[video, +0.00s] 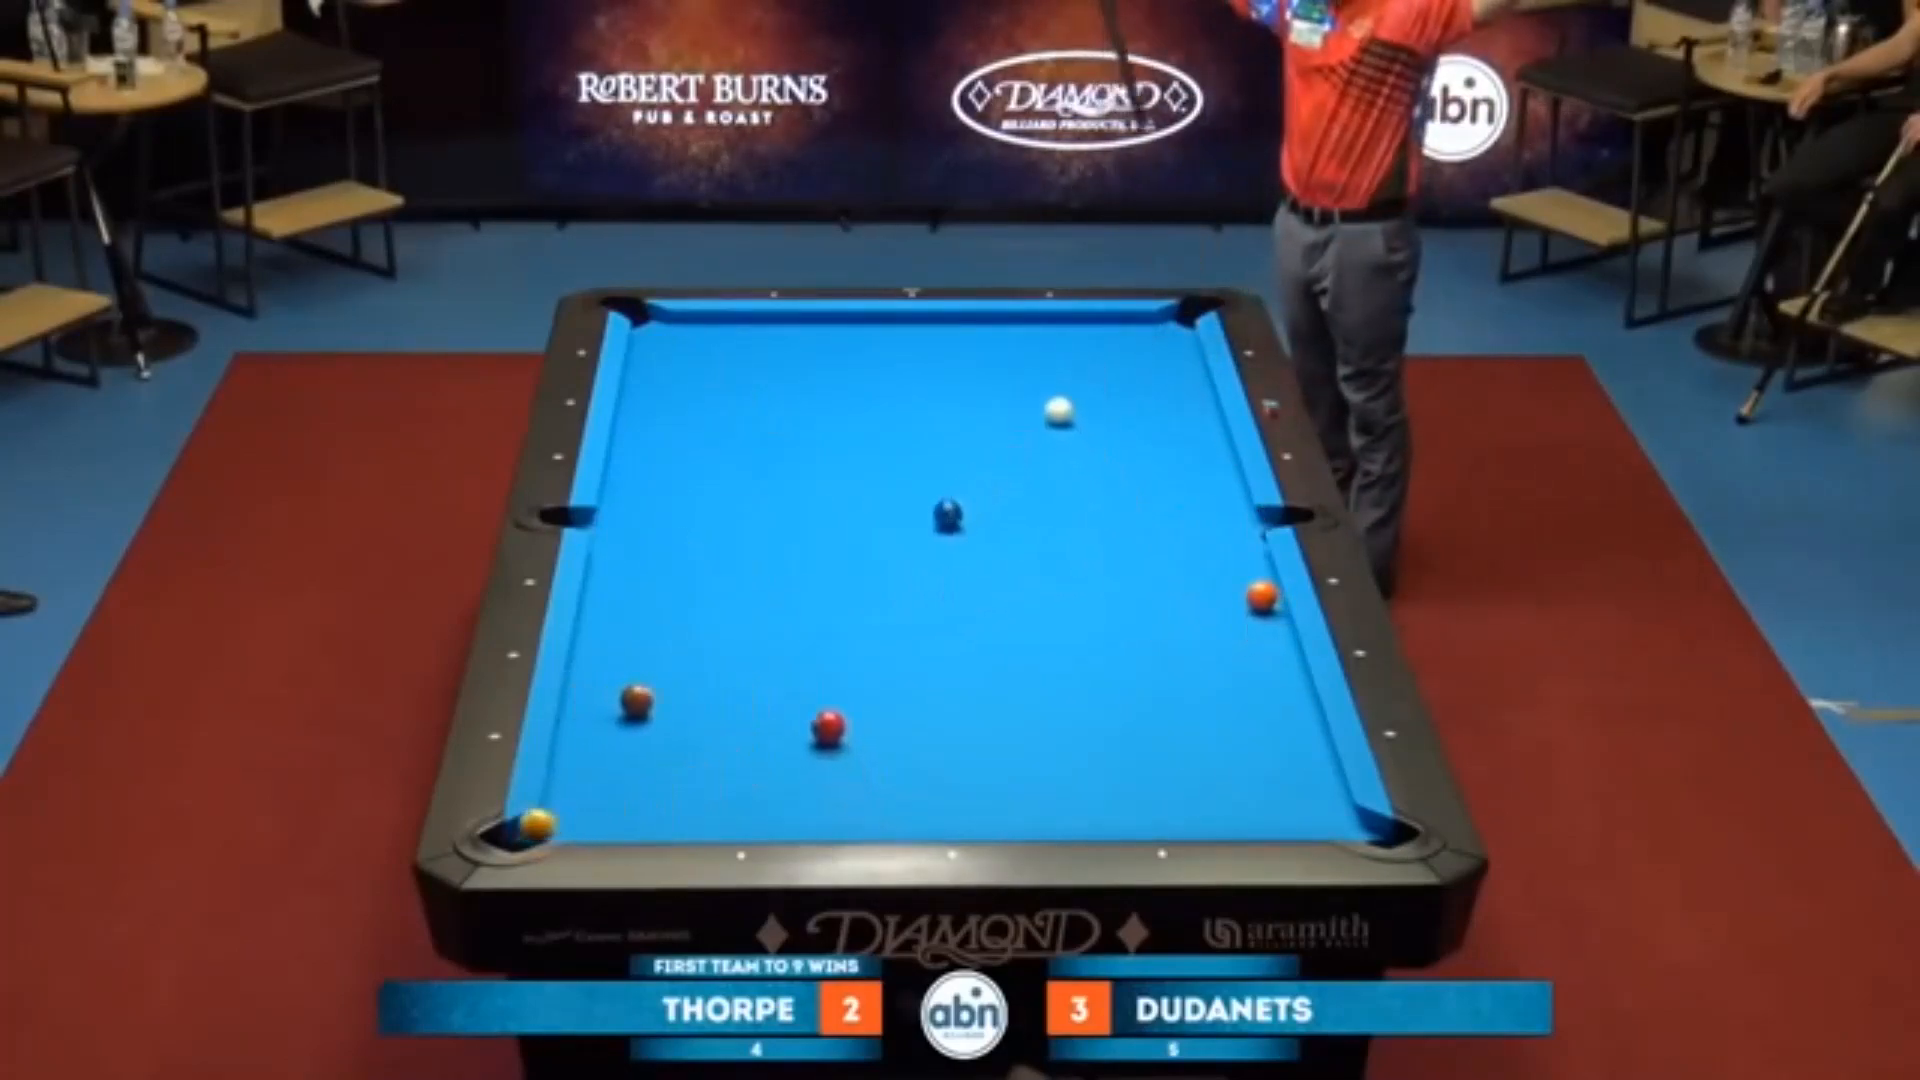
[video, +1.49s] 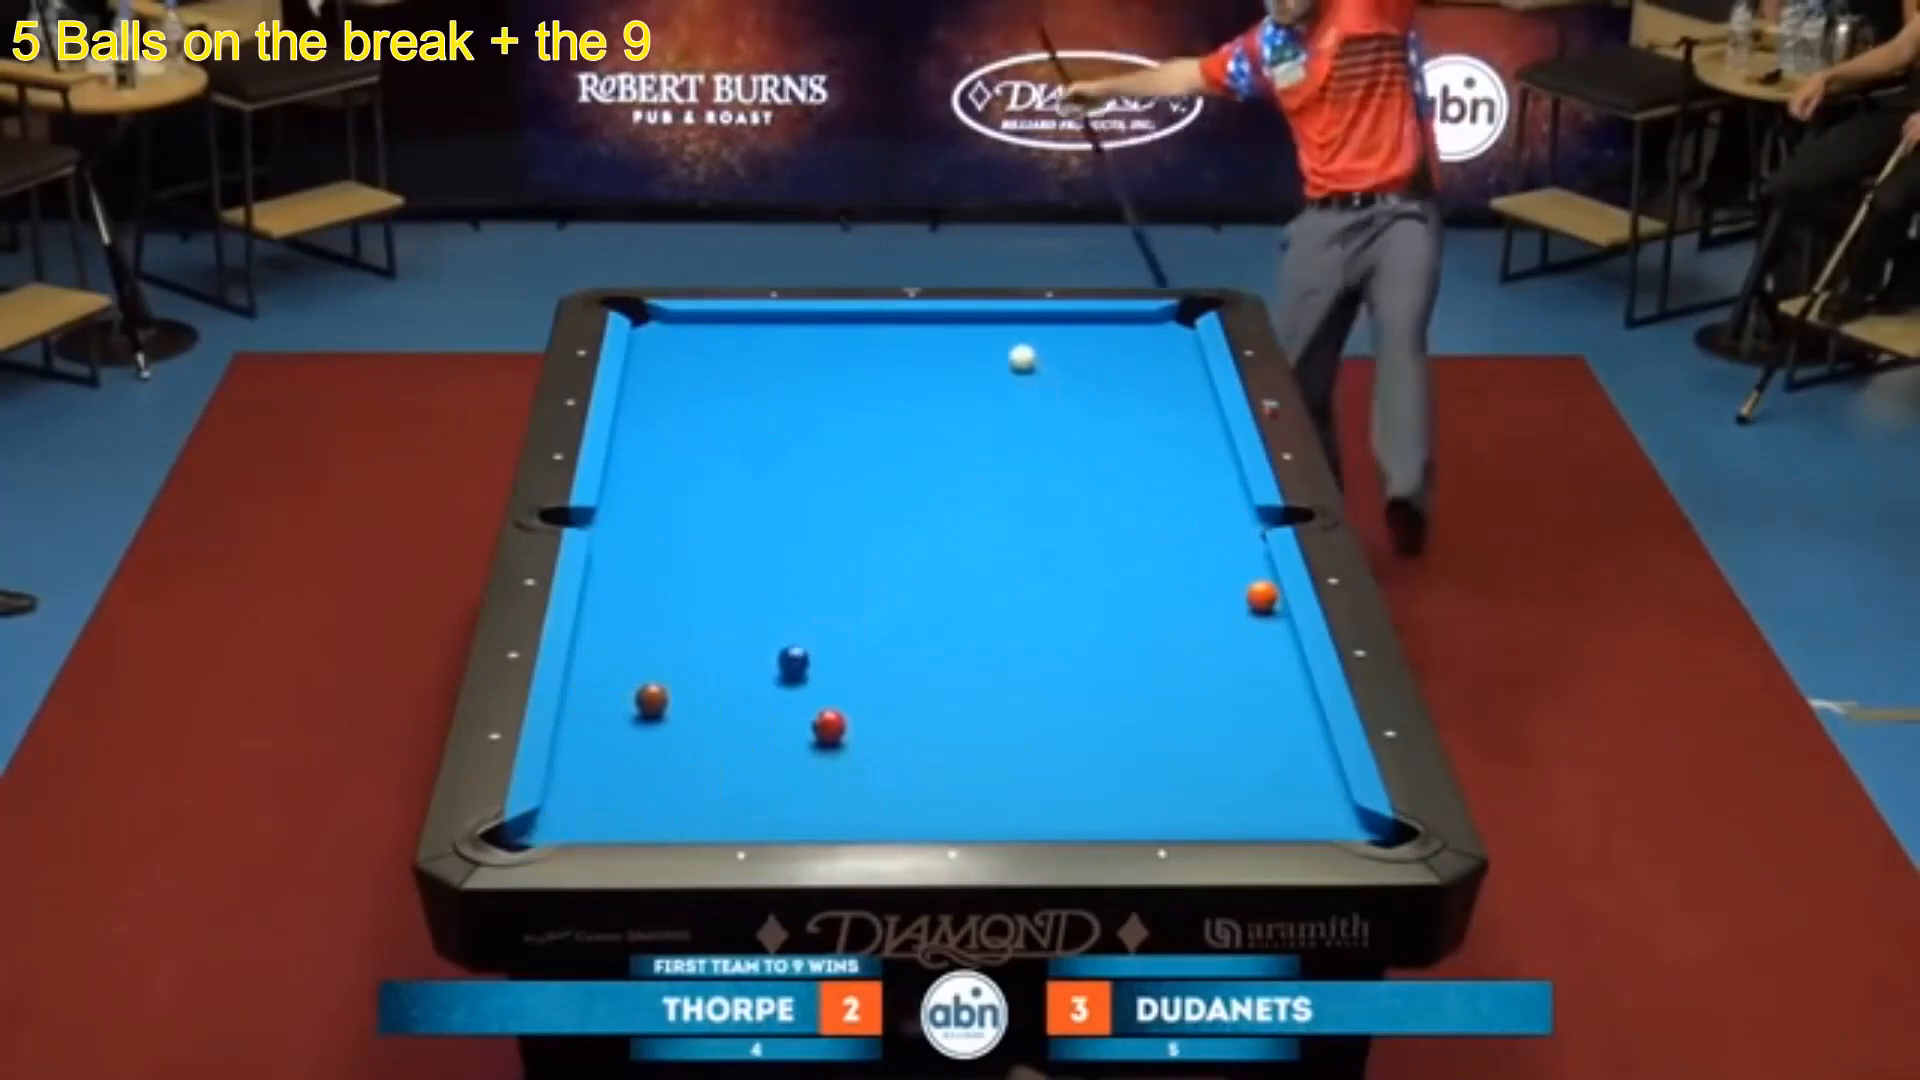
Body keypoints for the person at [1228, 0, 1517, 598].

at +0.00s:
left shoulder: (1406, 16)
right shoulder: (1292, 10)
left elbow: (1505, 4)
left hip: (1368, 236)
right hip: (1296, 228)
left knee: (1370, 402)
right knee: (1314, 393)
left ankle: (1371, 564)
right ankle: (1320, 534)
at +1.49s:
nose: (1280, 5)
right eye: (1272, 1)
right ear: (1264, 2)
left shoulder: (1373, 12)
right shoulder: (1261, 49)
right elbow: (1182, 74)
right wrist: (1100, 87)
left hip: (1403, 214)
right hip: (1324, 222)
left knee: (1402, 336)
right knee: (1294, 371)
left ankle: (1407, 496)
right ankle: (1315, 512)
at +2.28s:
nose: (1265, 6)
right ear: (1253, 6)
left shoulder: (1360, 25)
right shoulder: (1259, 74)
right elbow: (1202, 145)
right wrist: (1120, 193)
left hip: (1403, 225)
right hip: (1327, 238)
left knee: (1390, 356)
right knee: (1289, 381)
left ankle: (1401, 536)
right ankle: (1317, 533)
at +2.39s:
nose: (1265, 8)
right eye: (1256, 1)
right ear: (1251, 6)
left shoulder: (1363, 14)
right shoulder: (1264, 70)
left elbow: (1406, 75)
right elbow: (1240, 162)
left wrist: (1390, 166)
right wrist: (1176, 244)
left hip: (1394, 231)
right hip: (1317, 242)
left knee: (1368, 392)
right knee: (1288, 398)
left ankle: (1382, 566)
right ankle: (1308, 558)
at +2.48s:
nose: (1264, 7)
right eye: (1257, 1)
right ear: (1258, 7)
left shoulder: (1372, 41)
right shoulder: (1275, 64)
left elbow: (1419, 142)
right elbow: (1267, 173)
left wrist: (1406, 257)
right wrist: (1228, 263)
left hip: (1378, 248)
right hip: (1311, 250)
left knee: (1354, 423)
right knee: (1283, 405)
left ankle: (1373, 590)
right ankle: (1305, 571)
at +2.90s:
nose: (1273, 42)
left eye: (1287, 25)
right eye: (1261, 28)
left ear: (1326, 12)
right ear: (1250, 20)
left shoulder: (1366, 94)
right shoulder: (1306, 57)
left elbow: (1385, 236)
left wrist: (1355, 347)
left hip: (1369, 271)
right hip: (1316, 249)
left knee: (1334, 441)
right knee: (1271, 389)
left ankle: (1365, 596)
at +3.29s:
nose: (1166, 41)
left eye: (1178, 26)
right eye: (1164, 26)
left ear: (1226, 19)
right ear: (1217, 21)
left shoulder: (1280, 84)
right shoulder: (1253, 47)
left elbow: (1293, 232)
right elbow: (1282, 133)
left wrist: (1285, 350)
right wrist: (1268, 204)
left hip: (1341, 249)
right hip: (1280, 236)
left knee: (1320, 429)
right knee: (1263, 398)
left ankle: (1370, 599)